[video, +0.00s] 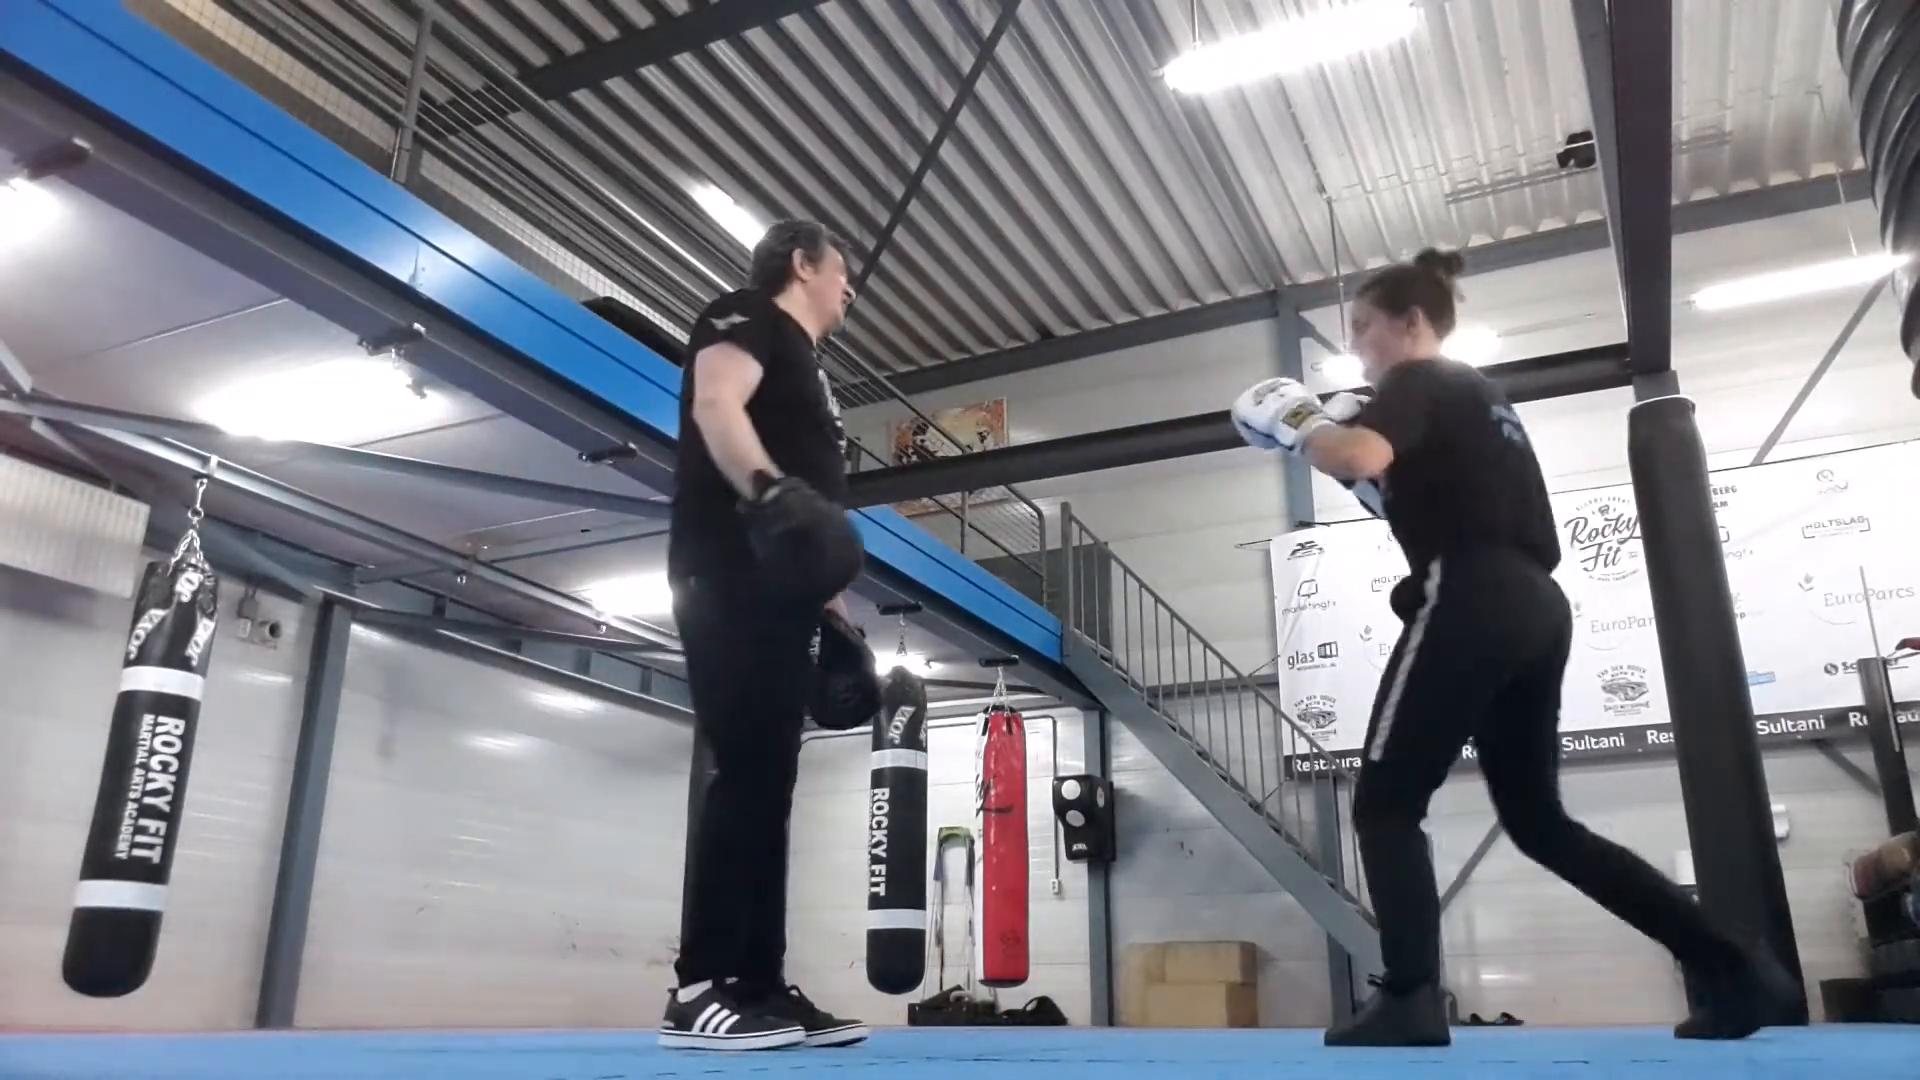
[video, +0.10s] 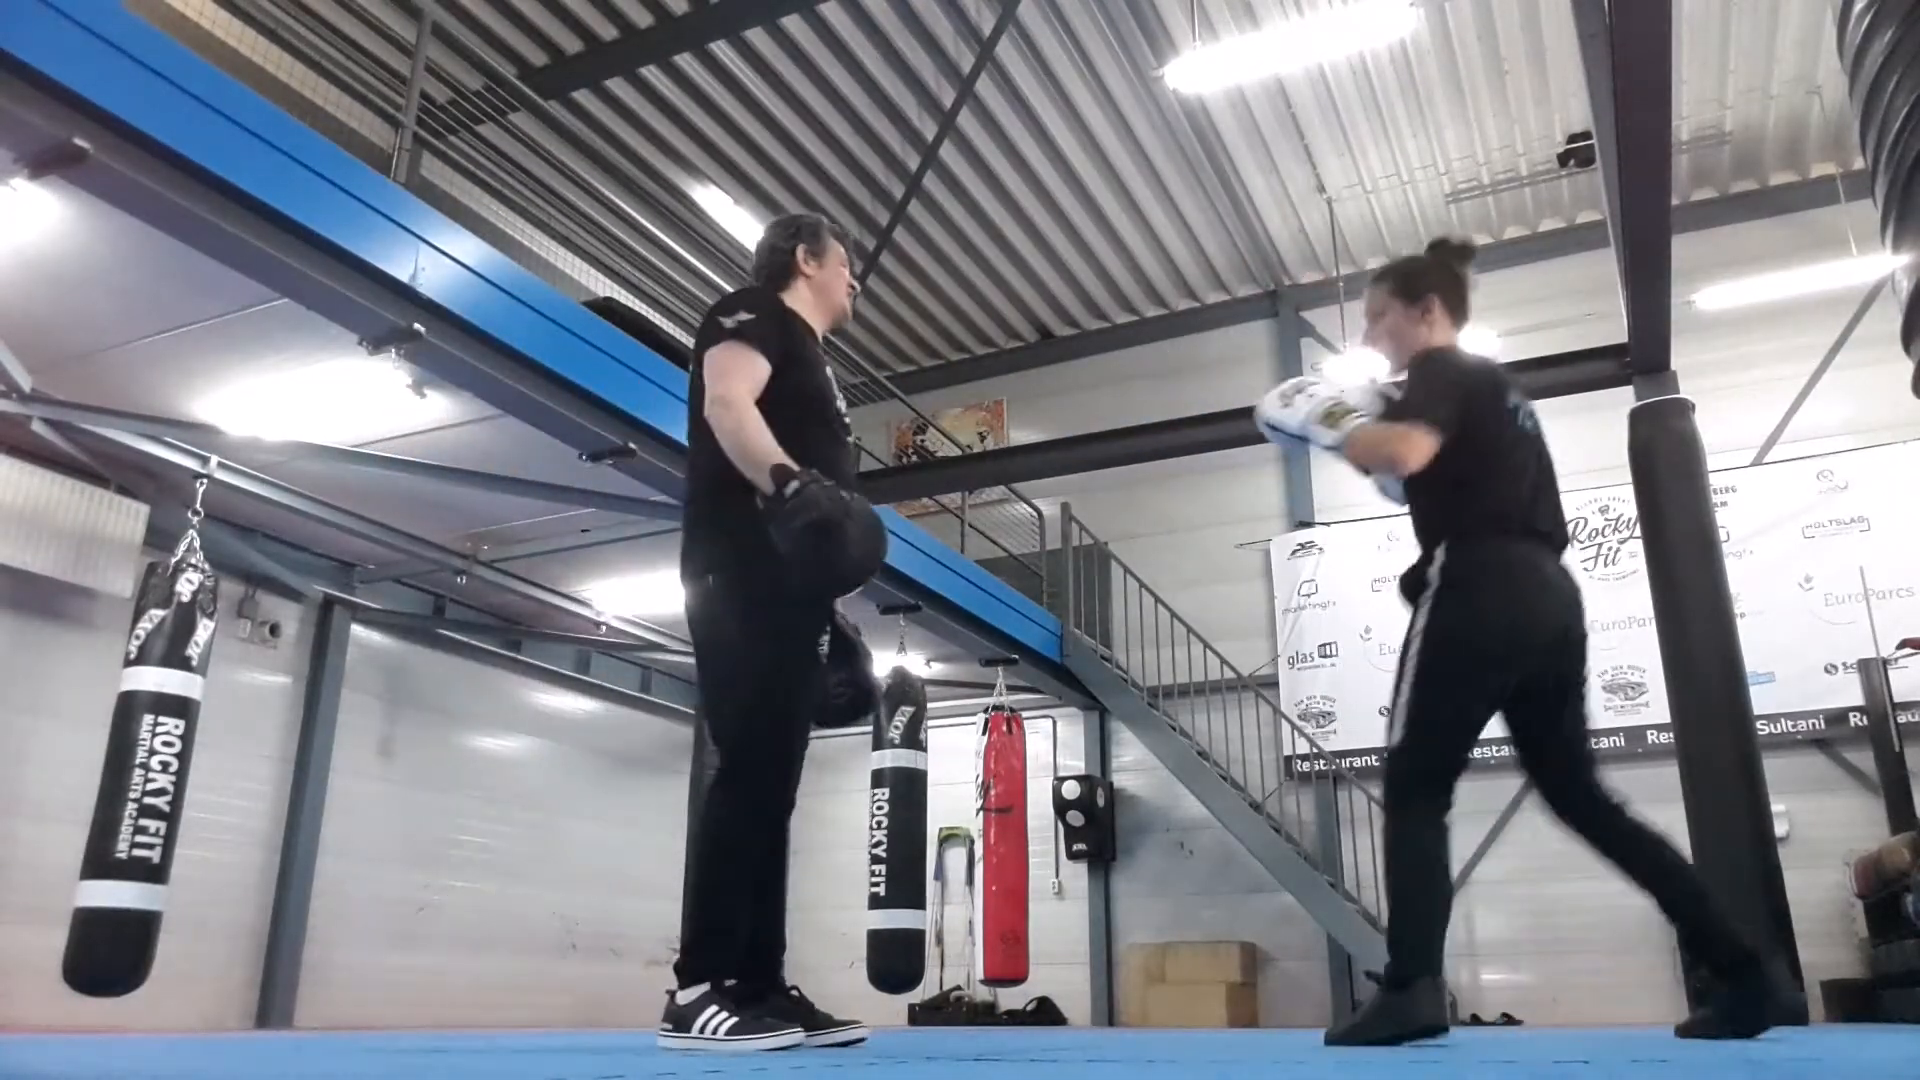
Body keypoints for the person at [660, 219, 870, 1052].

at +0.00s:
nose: (850, 291)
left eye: (851, 280)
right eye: (843, 274)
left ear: (802, 272)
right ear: (802, 265)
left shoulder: (792, 355)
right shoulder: (755, 317)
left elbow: (793, 503)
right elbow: (713, 402)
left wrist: (830, 611)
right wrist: (772, 494)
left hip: (767, 588)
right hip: (733, 578)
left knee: (759, 780)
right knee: (749, 778)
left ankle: (752, 989)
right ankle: (716, 992)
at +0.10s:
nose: (855, 282)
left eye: (854, 271)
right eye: (847, 265)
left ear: (807, 267)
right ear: (807, 260)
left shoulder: (801, 351)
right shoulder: (758, 311)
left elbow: (801, 499)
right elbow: (725, 401)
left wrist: (829, 615)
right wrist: (788, 484)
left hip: (780, 587)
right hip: (743, 578)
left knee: (766, 781)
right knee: (748, 778)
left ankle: (754, 989)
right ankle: (711, 991)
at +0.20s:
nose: (855, 275)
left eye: (854, 263)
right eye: (846, 257)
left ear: (805, 259)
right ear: (804, 252)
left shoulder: (805, 347)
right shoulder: (758, 310)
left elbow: (811, 493)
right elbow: (731, 401)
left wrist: (834, 611)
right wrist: (792, 486)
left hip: (788, 592)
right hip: (753, 586)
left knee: (773, 788)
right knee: (745, 782)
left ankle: (758, 988)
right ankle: (709, 991)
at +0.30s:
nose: (856, 266)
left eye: (854, 255)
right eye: (845, 250)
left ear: (806, 254)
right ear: (801, 247)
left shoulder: (810, 344)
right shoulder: (761, 305)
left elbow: (823, 486)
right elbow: (730, 398)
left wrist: (845, 601)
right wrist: (780, 489)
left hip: (796, 589)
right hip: (757, 582)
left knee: (781, 784)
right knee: (746, 778)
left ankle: (761, 987)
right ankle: (707, 991)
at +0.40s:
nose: (856, 254)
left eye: (854, 242)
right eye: (843, 238)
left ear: (810, 250)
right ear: (796, 243)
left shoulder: (819, 346)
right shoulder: (759, 305)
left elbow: (832, 497)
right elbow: (722, 393)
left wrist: (868, 609)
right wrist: (755, 487)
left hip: (813, 586)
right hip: (763, 570)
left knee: (788, 780)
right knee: (744, 772)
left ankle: (764, 988)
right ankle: (704, 992)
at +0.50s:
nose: (860, 248)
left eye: (859, 236)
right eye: (845, 231)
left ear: (824, 249)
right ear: (793, 238)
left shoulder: (825, 354)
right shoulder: (753, 299)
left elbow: (837, 503)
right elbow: (709, 401)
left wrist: (880, 597)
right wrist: (729, 479)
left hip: (820, 589)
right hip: (763, 571)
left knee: (792, 789)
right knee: (741, 772)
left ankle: (763, 987)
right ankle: (701, 993)